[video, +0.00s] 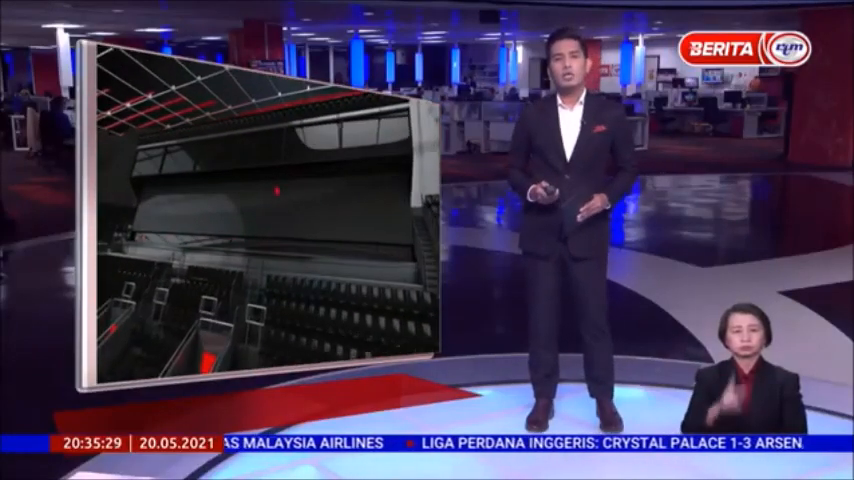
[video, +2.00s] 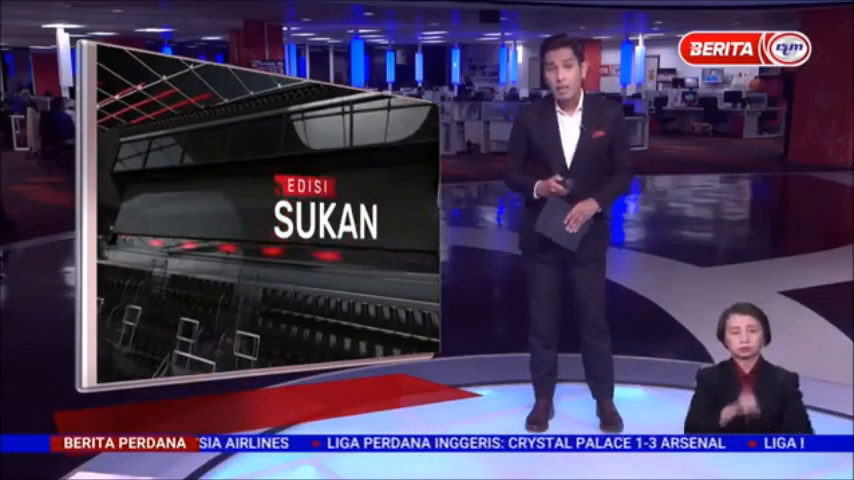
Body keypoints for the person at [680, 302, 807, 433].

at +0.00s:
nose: (745, 338)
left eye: (753, 330)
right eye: (737, 331)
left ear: (765, 337)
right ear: (725, 339)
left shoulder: (785, 381)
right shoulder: (708, 377)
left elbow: (796, 437)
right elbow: (689, 429)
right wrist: (719, 408)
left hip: (768, 464)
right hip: (715, 463)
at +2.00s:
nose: (744, 338)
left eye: (753, 331)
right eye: (735, 332)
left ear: (764, 337)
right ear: (724, 339)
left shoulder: (785, 381)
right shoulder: (709, 378)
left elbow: (802, 435)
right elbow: (692, 430)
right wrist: (730, 412)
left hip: (772, 463)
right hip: (721, 462)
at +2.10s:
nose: (743, 339)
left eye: (751, 331)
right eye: (734, 332)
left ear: (763, 336)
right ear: (724, 340)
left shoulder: (783, 377)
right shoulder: (710, 376)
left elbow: (809, 419)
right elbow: (691, 423)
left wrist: (775, 411)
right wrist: (732, 392)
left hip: (772, 463)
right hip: (720, 462)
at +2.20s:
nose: (743, 340)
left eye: (750, 331)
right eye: (734, 333)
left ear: (763, 336)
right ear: (723, 340)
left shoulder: (783, 375)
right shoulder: (710, 376)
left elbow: (810, 414)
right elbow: (691, 422)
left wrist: (778, 392)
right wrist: (731, 387)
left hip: (774, 461)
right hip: (722, 462)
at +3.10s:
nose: (743, 341)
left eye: (750, 332)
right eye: (734, 334)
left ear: (762, 335)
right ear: (722, 340)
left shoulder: (782, 375)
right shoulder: (710, 375)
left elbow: (804, 416)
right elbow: (685, 420)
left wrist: (758, 392)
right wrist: (725, 399)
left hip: (774, 461)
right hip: (720, 462)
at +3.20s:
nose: (742, 342)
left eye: (749, 333)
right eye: (733, 335)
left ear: (761, 336)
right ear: (722, 341)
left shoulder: (782, 375)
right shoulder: (709, 376)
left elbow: (808, 419)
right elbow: (680, 423)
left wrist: (774, 395)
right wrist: (706, 406)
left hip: (775, 461)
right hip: (721, 461)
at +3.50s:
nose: (743, 345)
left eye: (750, 336)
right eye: (734, 337)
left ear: (762, 338)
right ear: (723, 341)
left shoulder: (781, 375)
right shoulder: (711, 376)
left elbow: (809, 417)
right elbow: (680, 420)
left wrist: (784, 384)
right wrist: (701, 385)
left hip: (772, 460)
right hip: (720, 460)